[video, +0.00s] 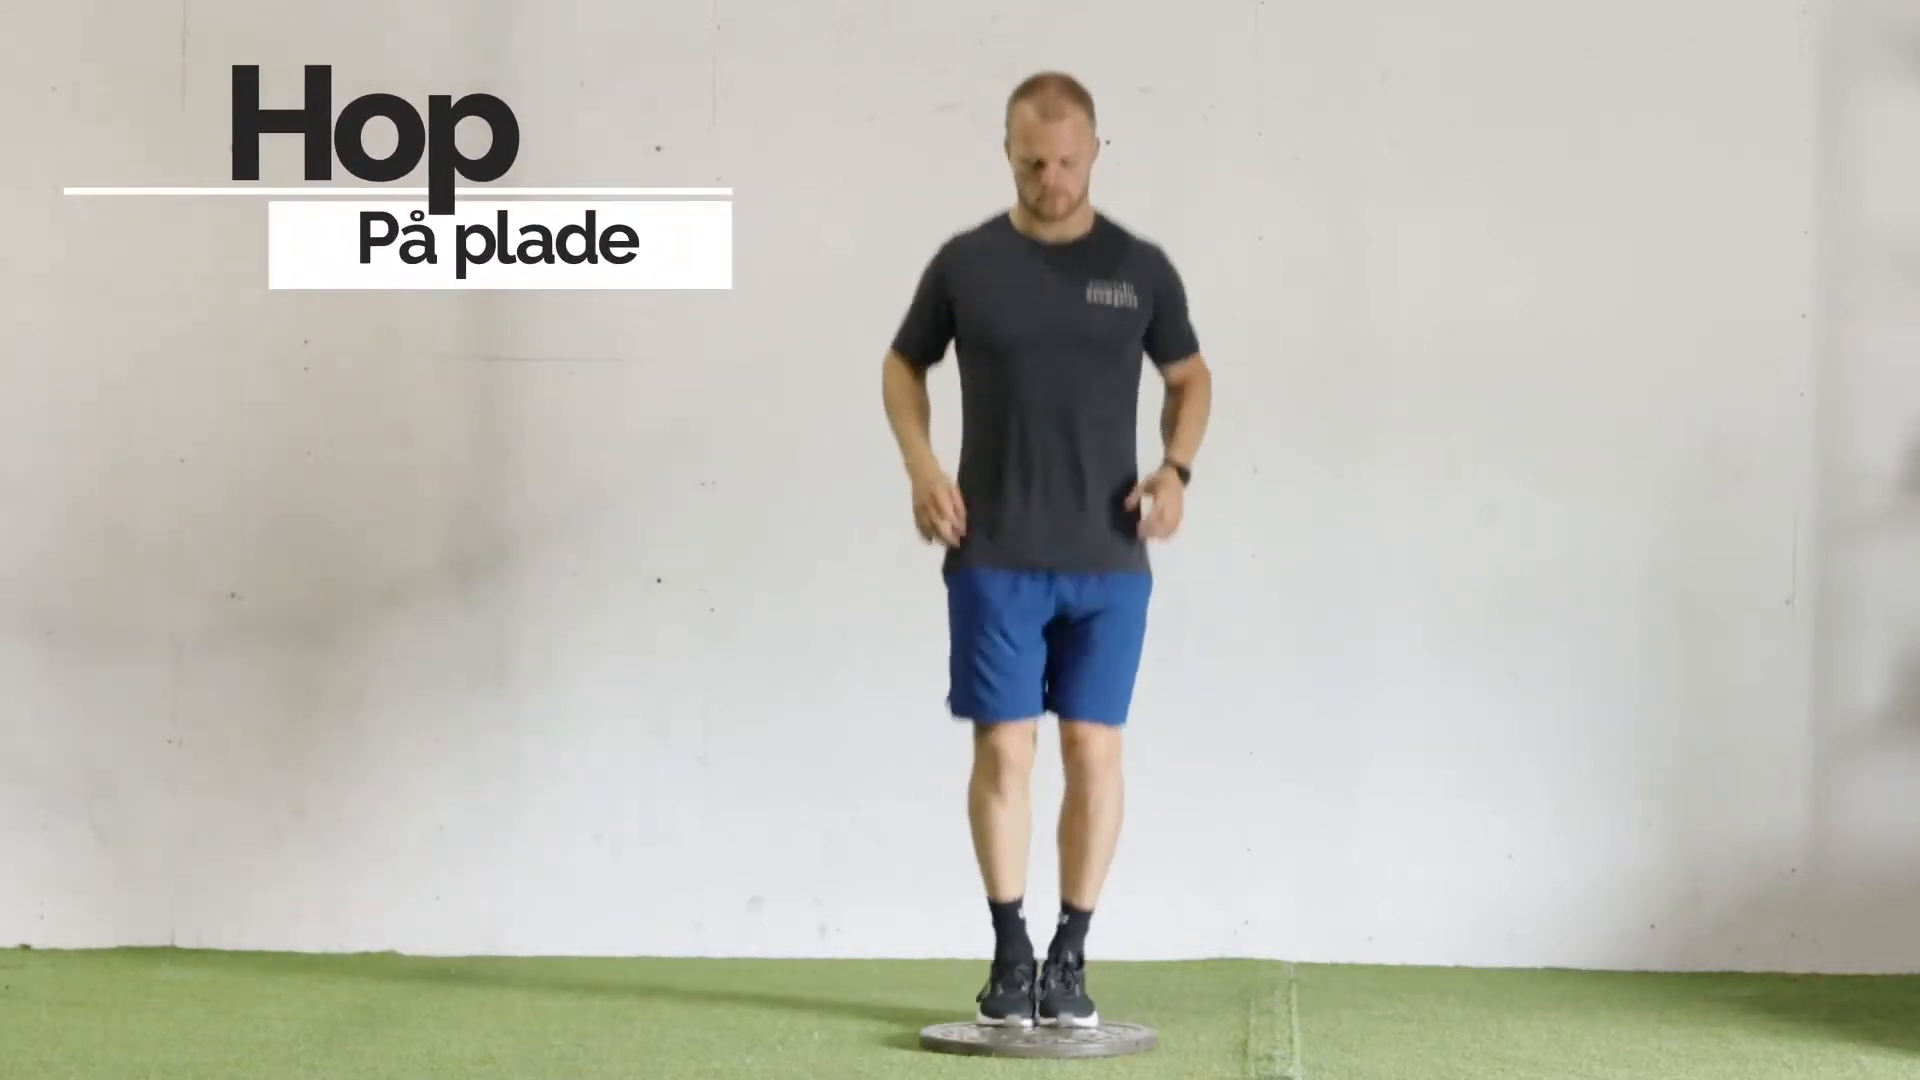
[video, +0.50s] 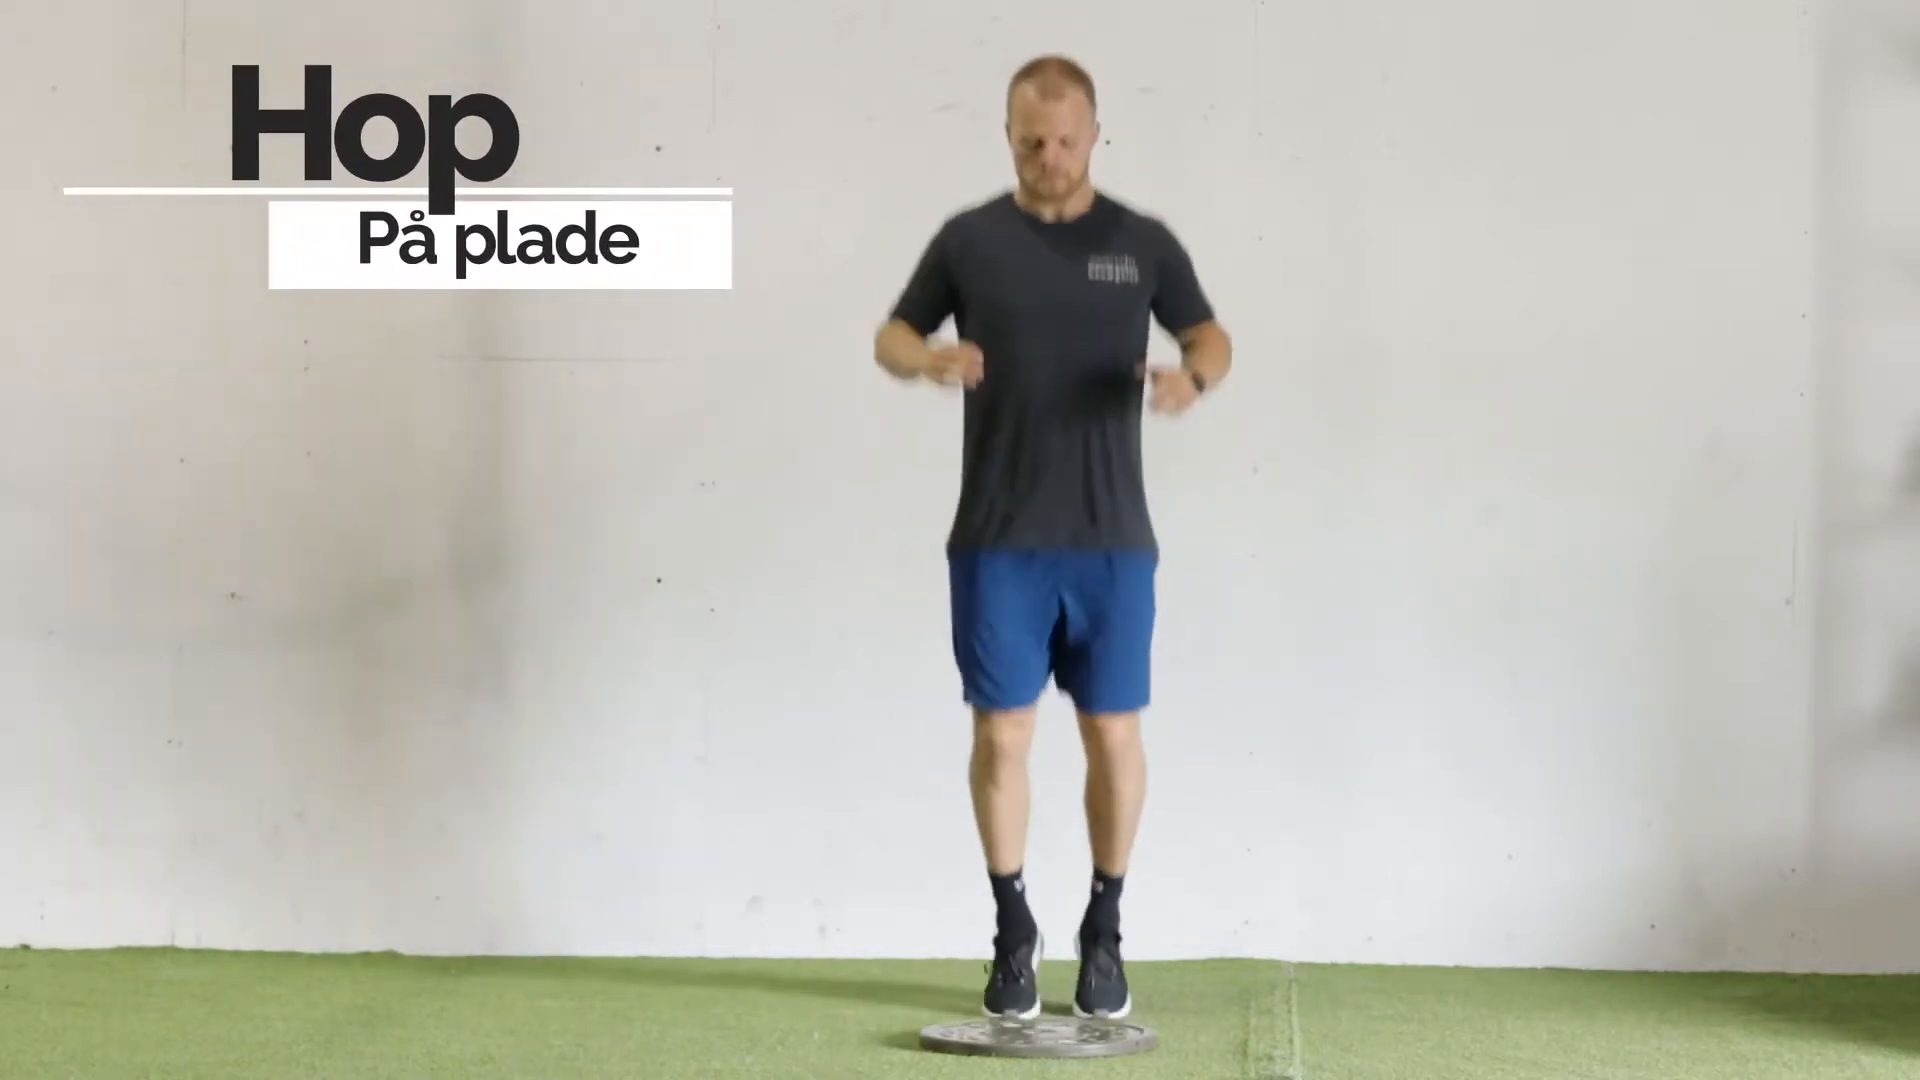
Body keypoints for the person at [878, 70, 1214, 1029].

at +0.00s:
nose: (1049, 176)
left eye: (1065, 158)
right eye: (1032, 159)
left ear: (1094, 154)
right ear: (1008, 156)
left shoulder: (1139, 267)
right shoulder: (964, 263)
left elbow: (1190, 378)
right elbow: (903, 366)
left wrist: (1174, 470)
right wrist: (922, 467)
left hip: (1108, 556)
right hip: (995, 553)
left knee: (1092, 747)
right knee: (1004, 750)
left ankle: (1067, 960)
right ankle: (1010, 958)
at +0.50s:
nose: (1047, 157)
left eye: (1063, 140)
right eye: (1032, 141)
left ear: (1094, 136)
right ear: (1010, 140)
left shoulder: (1143, 243)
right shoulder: (967, 241)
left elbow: (1210, 343)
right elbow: (892, 339)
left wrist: (1189, 378)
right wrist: (934, 358)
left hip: (1112, 531)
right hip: (999, 532)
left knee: (1113, 736)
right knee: (1003, 734)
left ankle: (1104, 934)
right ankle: (1012, 933)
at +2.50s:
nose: (1052, 98)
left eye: (1068, 81)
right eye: (1035, 81)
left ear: (1099, 75)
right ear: (1013, 77)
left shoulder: (1148, 180)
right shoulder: (973, 178)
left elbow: (1218, 272)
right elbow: (895, 269)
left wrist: (1198, 308)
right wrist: (921, 293)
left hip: (1118, 469)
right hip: (1003, 468)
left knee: (1114, 681)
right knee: (1003, 677)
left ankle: (1102, 886)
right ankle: (1009, 890)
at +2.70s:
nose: (1050, 128)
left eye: (1066, 110)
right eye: (1033, 111)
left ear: (1096, 106)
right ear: (1011, 110)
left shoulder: (1147, 217)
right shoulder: (965, 212)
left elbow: (1209, 318)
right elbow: (905, 313)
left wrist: (1197, 372)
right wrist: (927, 379)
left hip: (1108, 500)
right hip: (996, 497)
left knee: (1098, 714)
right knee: (998, 715)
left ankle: (1081, 946)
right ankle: (1000, 944)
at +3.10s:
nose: (1043, 105)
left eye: (1059, 86)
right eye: (1025, 87)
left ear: (1089, 76)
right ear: (1002, 82)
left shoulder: (1143, 186)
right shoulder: (962, 183)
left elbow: (1211, 279)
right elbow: (904, 280)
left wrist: (1184, 357)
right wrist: (925, 365)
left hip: (1112, 476)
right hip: (997, 475)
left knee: (1109, 686)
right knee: (997, 683)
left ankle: (1096, 900)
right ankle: (996, 896)